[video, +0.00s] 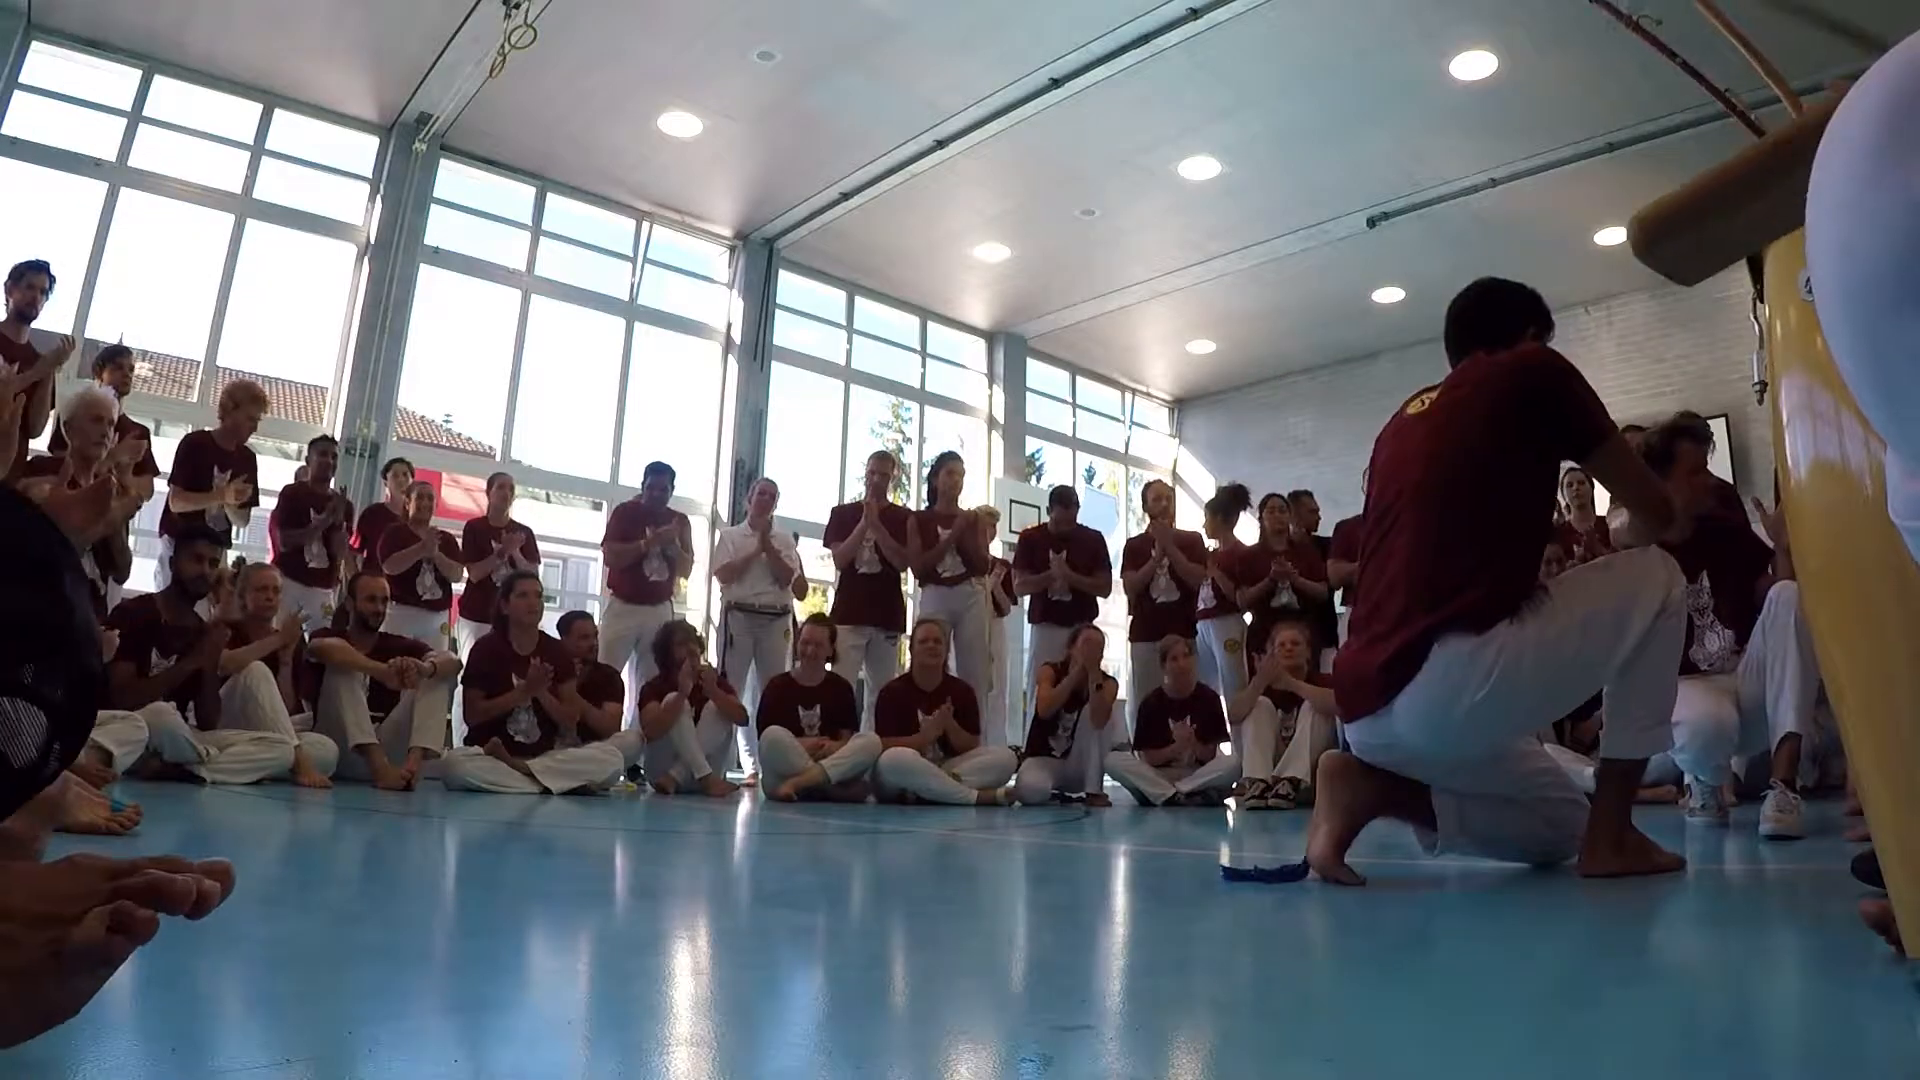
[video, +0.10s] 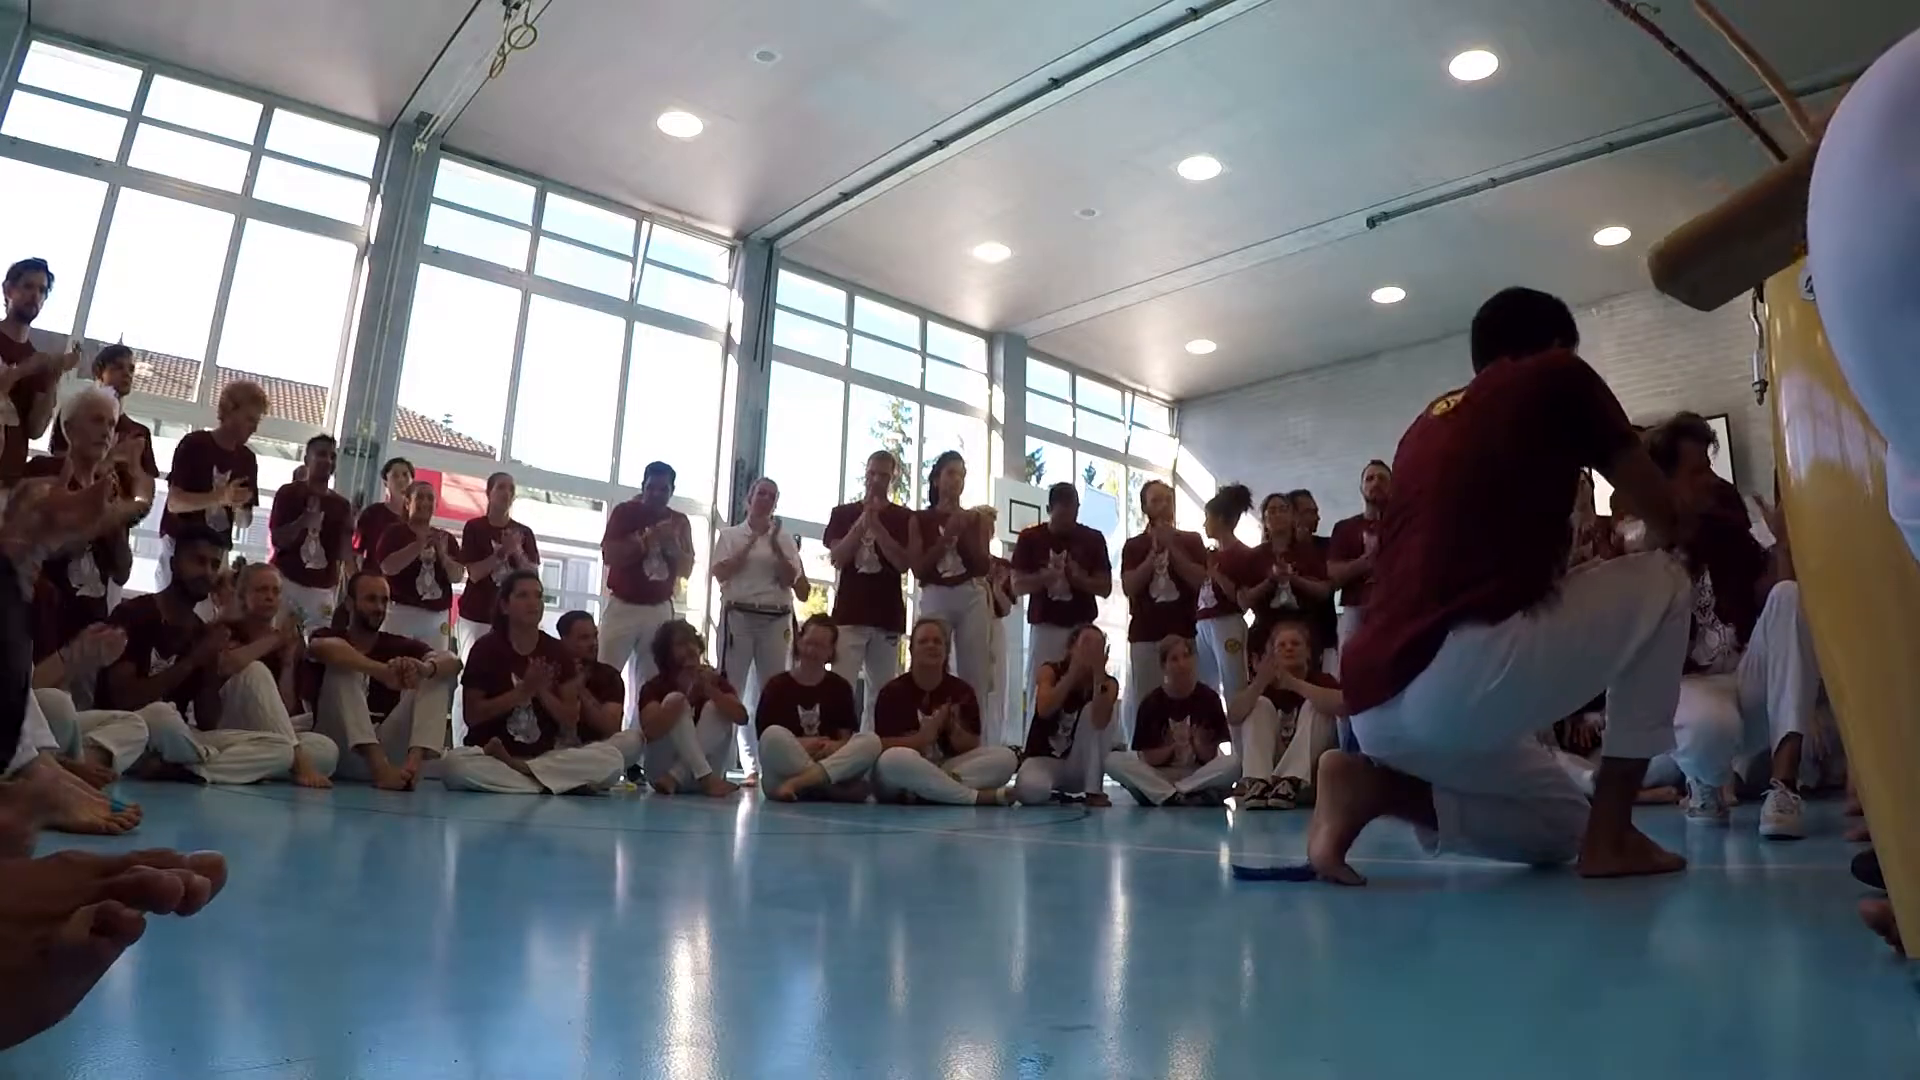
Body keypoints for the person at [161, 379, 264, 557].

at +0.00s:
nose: (255, 428)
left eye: (257, 421)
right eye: (251, 419)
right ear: (228, 412)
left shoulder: (247, 457)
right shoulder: (194, 443)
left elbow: (243, 520)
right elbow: (176, 502)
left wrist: (228, 502)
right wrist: (222, 496)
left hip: (216, 552)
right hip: (178, 545)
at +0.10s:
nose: (255, 427)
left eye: (257, 421)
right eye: (250, 419)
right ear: (227, 413)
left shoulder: (247, 458)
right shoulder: (193, 444)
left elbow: (245, 521)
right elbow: (174, 503)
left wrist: (239, 506)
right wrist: (221, 497)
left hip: (217, 551)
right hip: (179, 544)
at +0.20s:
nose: (254, 431)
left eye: (256, 424)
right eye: (249, 423)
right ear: (227, 415)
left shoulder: (246, 461)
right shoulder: (192, 447)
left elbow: (246, 524)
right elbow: (170, 505)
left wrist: (248, 504)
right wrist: (212, 500)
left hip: (219, 553)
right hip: (180, 549)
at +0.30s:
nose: (254, 430)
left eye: (257, 423)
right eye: (249, 422)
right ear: (226, 415)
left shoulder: (247, 461)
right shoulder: (193, 446)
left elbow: (244, 521)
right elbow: (176, 507)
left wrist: (239, 507)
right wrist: (219, 501)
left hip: (219, 554)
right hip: (182, 549)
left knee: (210, 623)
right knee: (174, 620)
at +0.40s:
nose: (262, 420)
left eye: (262, 413)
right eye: (257, 412)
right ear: (235, 410)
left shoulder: (249, 457)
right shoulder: (195, 443)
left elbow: (245, 520)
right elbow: (178, 503)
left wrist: (241, 508)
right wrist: (222, 500)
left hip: (220, 549)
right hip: (182, 543)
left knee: (208, 620)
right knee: (174, 615)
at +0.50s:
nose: (263, 417)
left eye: (261, 409)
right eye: (257, 408)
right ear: (235, 409)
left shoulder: (250, 457)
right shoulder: (195, 443)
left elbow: (250, 519)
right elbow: (173, 500)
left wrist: (243, 510)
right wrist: (215, 503)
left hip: (220, 551)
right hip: (183, 546)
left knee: (209, 621)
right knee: (174, 616)